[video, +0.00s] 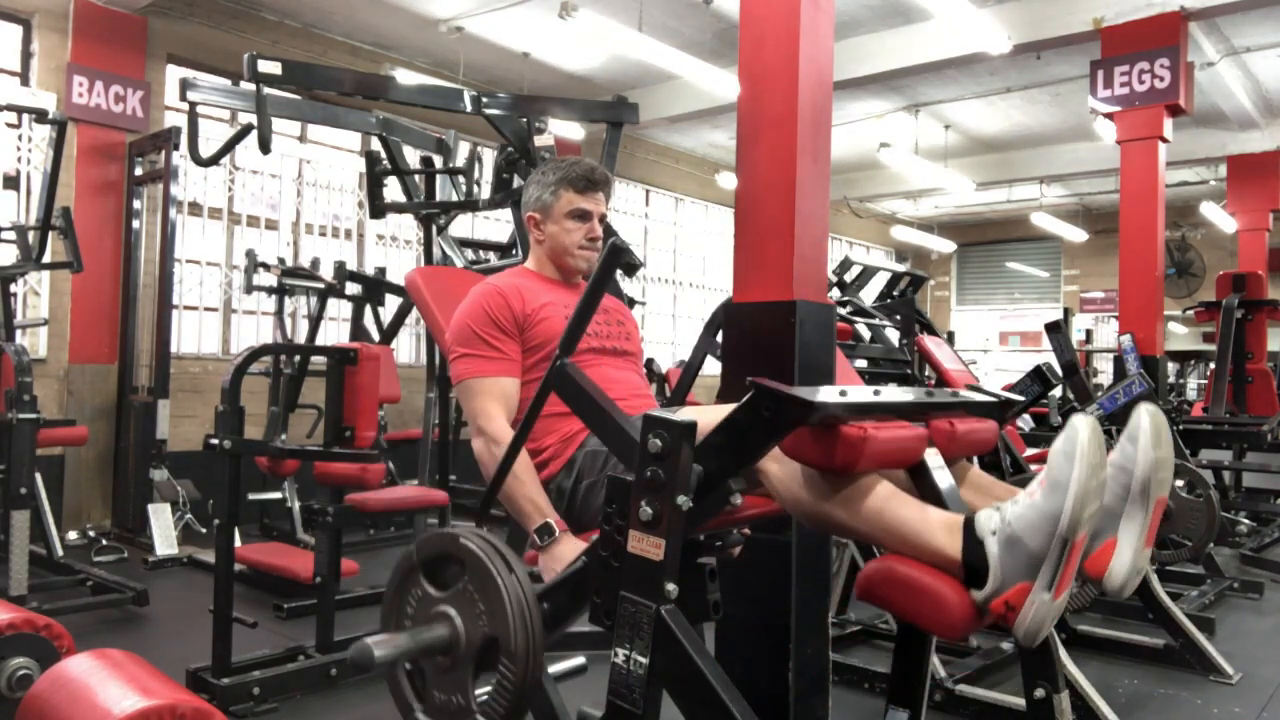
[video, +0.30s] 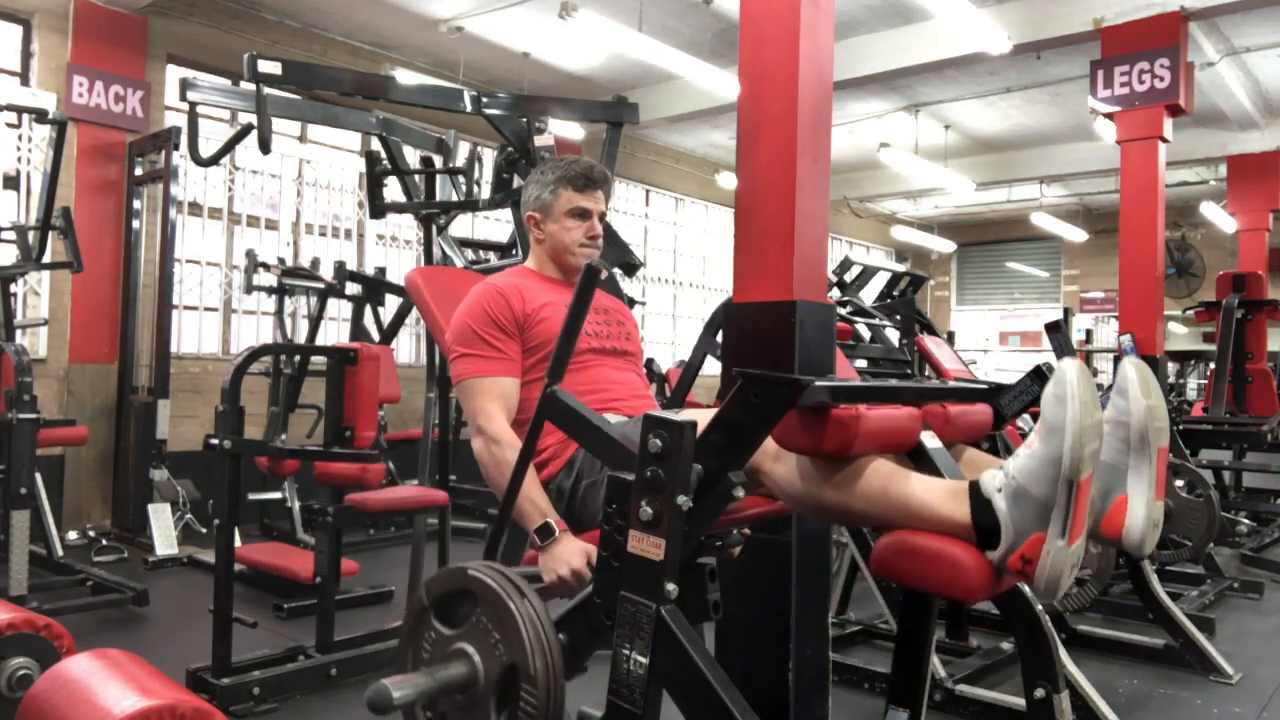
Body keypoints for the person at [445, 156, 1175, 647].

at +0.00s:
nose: (593, 236)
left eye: (599, 224)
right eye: (577, 222)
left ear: (601, 228)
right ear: (532, 222)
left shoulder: (606, 301)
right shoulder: (493, 302)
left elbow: (640, 399)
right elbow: (491, 436)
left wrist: (720, 410)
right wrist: (551, 532)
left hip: (657, 443)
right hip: (580, 466)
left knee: (847, 452)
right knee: (765, 436)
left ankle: (1076, 530)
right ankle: (975, 553)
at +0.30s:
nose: (591, 232)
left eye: (598, 220)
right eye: (577, 217)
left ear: (600, 227)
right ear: (532, 219)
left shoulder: (611, 306)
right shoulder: (495, 298)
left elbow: (648, 398)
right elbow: (487, 430)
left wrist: (713, 420)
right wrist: (548, 531)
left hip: (657, 439)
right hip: (581, 460)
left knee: (822, 452)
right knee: (774, 458)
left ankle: (1013, 514)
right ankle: (987, 509)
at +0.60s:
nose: (593, 231)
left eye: (599, 219)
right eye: (578, 216)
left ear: (599, 227)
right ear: (533, 220)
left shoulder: (610, 306)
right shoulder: (495, 298)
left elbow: (655, 396)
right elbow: (488, 428)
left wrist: (727, 425)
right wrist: (546, 532)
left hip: (657, 439)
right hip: (582, 459)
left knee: (818, 453)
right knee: (772, 456)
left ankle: (1005, 485)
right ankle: (991, 486)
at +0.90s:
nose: (594, 231)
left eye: (599, 219)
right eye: (578, 217)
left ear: (598, 225)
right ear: (532, 220)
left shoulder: (608, 305)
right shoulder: (495, 298)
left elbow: (644, 396)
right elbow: (488, 430)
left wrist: (709, 428)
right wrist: (549, 531)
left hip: (661, 439)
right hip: (588, 460)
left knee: (825, 452)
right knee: (773, 454)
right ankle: (991, 457)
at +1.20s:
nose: (592, 232)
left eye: (598, 220)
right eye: (577, 217)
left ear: (599, 227)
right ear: (532, 221)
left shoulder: (610, 307)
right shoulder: (495, 300)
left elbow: (652, 398)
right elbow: (488, 429)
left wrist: (716, 422)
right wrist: (548, 532)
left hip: (656, 439)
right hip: (584, 461)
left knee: (811, 447)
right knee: (767, 453)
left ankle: (992, 493)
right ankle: (982, 493)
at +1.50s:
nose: (592, 236)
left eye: (598, 223)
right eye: (577, 221)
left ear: (598, 224)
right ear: (532, 224)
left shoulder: (597, 297)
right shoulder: (497, 299)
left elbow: (634, 388)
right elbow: (490, 427)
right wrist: (554, 531)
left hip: (655, 430)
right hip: (589, 456)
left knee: (844, 411)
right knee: (778, 420)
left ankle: (993, 585)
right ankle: (918, 628)